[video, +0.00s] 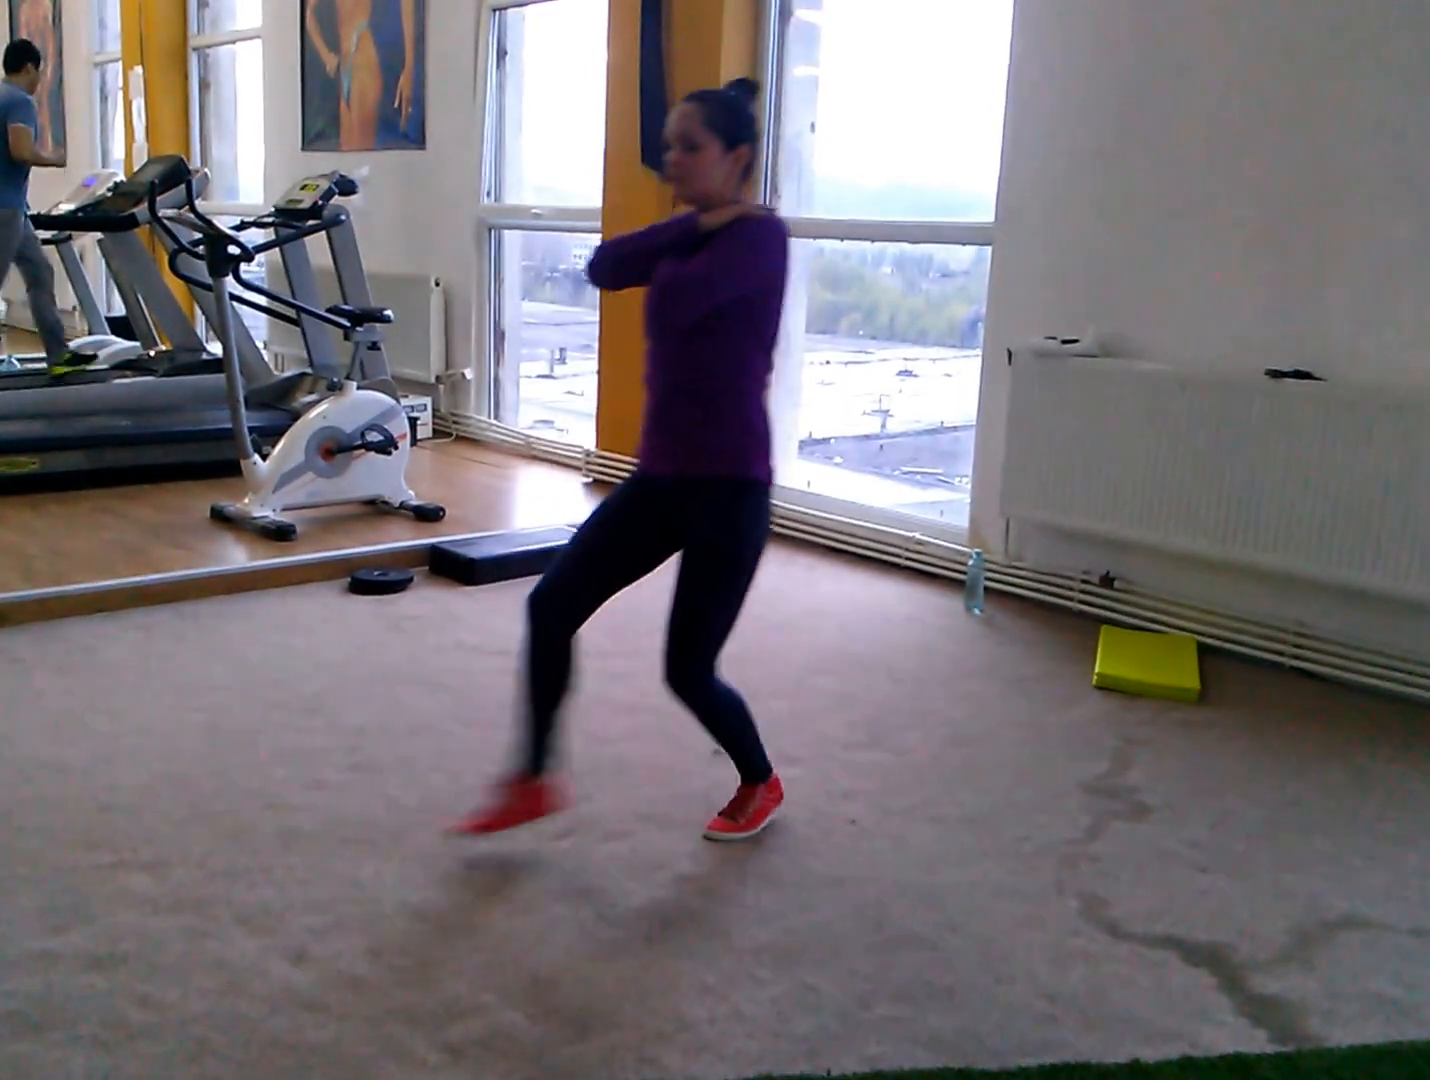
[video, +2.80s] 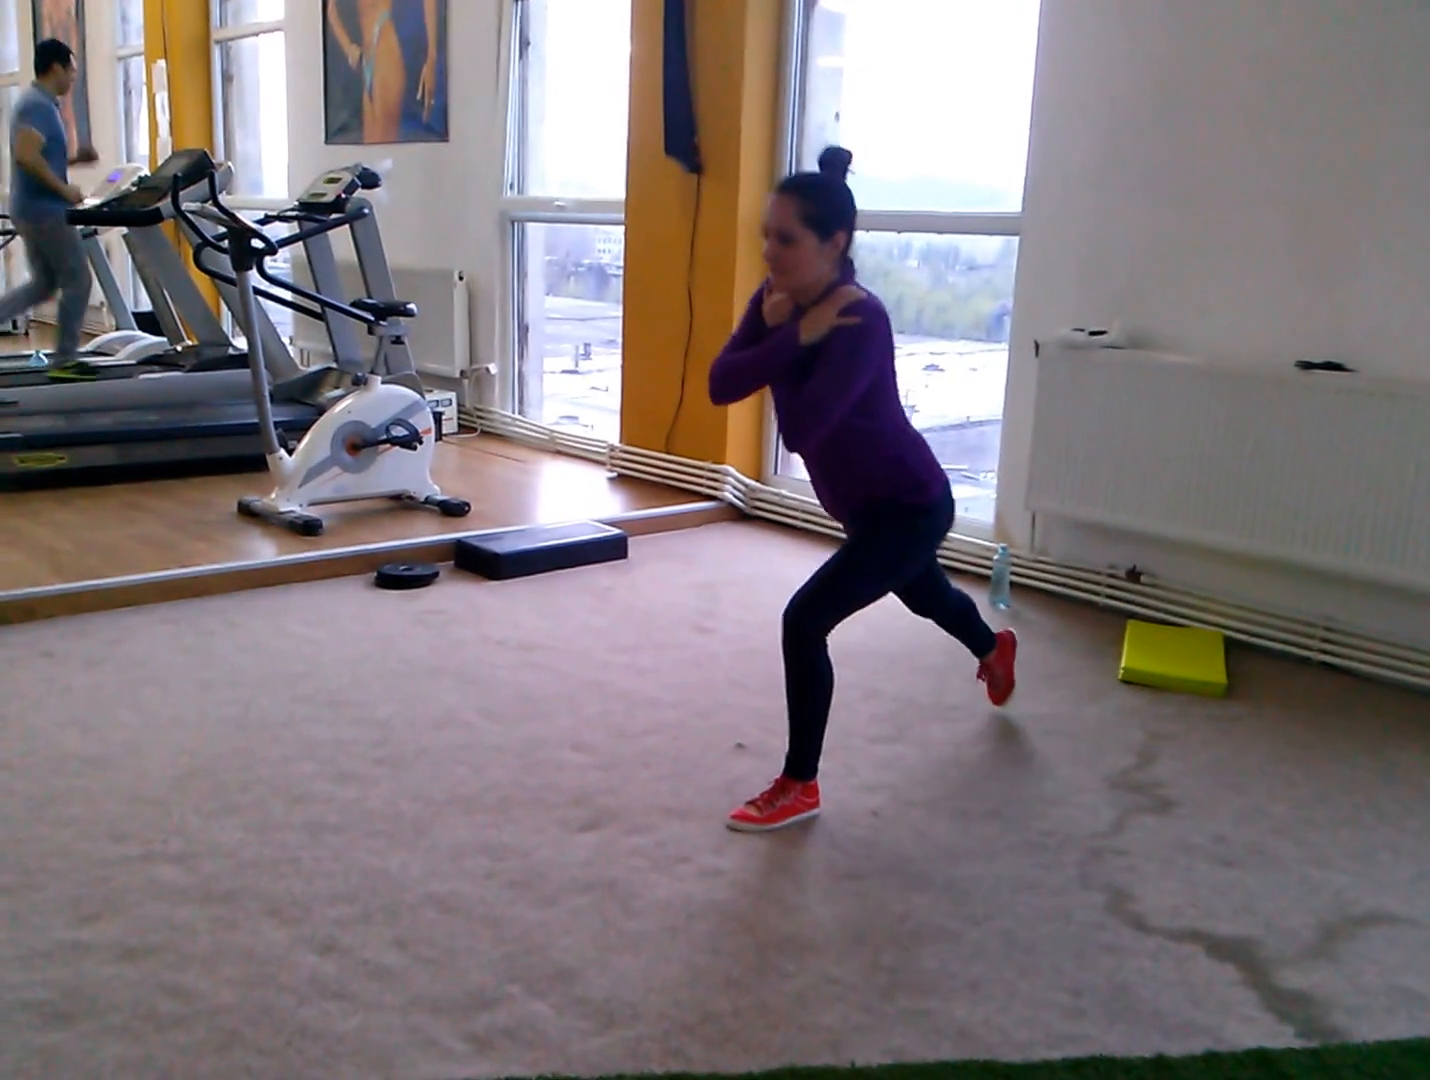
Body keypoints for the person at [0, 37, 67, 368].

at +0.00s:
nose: (40, 79)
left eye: (39, 72)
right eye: (39, 71)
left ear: (10, 68)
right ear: (29, 68)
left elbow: (18, 151)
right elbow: (21, 151)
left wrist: (44, 157)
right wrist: (53, 159)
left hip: (12, 210)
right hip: (7, 211)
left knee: (40, 272)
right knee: (1, 285)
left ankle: (57, 353)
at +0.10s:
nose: (37, 83)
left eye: (37, 76)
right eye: (36, 76)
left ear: (10, 74)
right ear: (26, 73)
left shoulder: (8, 104)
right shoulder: (16, 106)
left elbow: (15, 154)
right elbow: (17, 154)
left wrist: (42, 168)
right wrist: (47, 169)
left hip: (13, 214)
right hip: (11, 215)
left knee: (39, 281)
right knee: (15, 285)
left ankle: (38, 358)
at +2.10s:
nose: (57, 81)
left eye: (56, 74)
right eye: (54, 74)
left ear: (32, 73)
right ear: (39, 73)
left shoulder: (22, 109)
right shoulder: (21, 111)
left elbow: (18, 167)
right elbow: (17, 165)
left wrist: (51, 180)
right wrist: (57, 197)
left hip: (20, 210)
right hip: (19, 211)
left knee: (43, 280)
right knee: (51, 283)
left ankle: (3, 319)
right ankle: (22, 360)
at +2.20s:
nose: (59, 77)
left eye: (58, 70)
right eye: (57, 70)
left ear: (31, 70)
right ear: (44, 69)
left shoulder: (13, 102)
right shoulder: (29, 106)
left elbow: (25, 164)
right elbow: (32, 161)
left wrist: (62, 177)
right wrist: (71, 178)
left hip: (25, 210)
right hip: (20, 211)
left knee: (66, 269)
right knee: (23, 282)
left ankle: (33, 349)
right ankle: (1, 351)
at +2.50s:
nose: (61, 79)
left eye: (61, 72)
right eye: (59, 72)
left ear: (33, 73)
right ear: (46, 72)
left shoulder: (19, 104)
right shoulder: (35, 107)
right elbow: (27, 157)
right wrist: (66, 192)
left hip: (18, 211)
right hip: (30, 212)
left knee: (44, 286)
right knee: (70, 281)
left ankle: (20, 357)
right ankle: (10, 326)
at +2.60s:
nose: (65, 73)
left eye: (65, 66)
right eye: (62, 65)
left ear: (40, 65)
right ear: (49, 65)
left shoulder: (35, 99)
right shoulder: (30, 98)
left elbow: (39, 159)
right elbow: (15, 143)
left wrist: (75, 159)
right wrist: (52, 172)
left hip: (20, 208)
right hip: (33, 207)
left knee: (15, 281)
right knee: (82, 265)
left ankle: (2, 344)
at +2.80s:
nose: (72, 77)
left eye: (72, 70)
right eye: (69, 70)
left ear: (47, 70)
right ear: (54, 69)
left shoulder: (37, 102)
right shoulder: (39, 107)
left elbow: (40, 154)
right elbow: (27, 154)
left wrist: (75, 158)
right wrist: (65, 189)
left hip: (32, 210)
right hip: (44, 211)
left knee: (45, 283)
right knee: (77, 279)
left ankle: (1, 312)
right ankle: (66, 357)